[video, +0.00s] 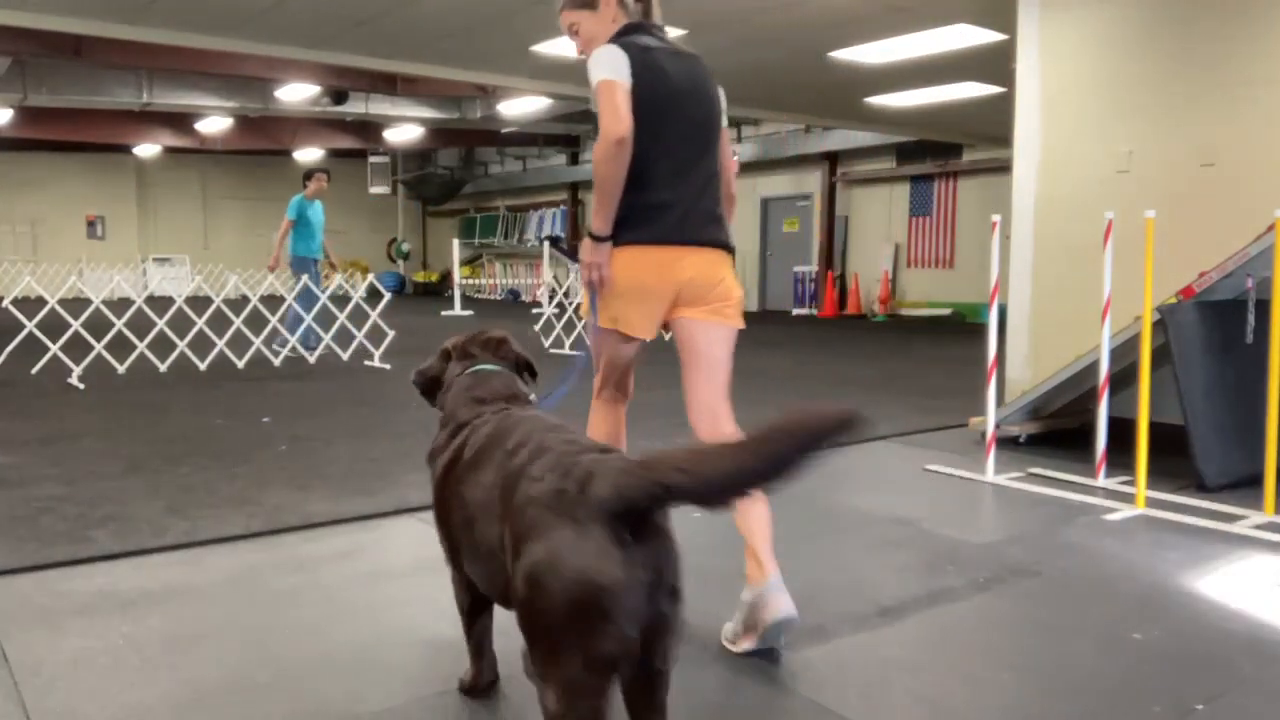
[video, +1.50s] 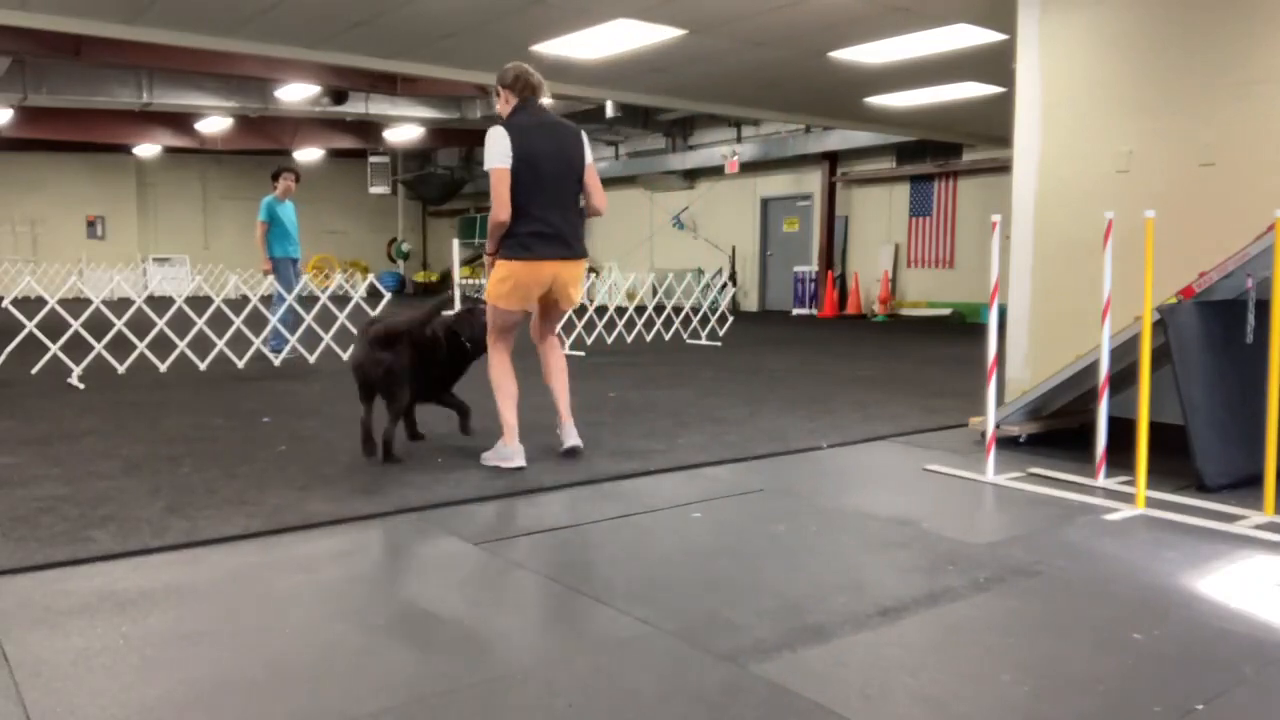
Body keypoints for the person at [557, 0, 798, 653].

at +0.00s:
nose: (574, 42)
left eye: (575, 28)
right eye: (569, 33)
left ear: (610, 8)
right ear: (637, 13)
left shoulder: (611, 53)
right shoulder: (698, 67)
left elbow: (617, 134)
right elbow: (727, 170)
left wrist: (599, 234)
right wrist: (714, 241)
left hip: (638, 257)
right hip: (710, 257)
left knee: (611, 395)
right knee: (717, 422)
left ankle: (598, 547)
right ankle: (766, 583)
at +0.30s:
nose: (551, 56)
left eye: (550, 45)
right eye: (547, 48)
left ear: (574, 25)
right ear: (596, 29)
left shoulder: (568, 67)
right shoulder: (658, 84)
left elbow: (549, 130)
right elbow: (684, 174)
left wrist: (552, 217)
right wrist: (699, 251)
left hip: (587, 233)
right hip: (648, 237)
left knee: (594, 375)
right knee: (623, 358)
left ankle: (602, 520)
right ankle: (621, 479)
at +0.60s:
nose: (536, 81)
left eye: (536, 71)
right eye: (533, 74)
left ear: (556, 57)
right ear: (575, 60)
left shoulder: (548, 97)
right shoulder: (626, 109)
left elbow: (539, 161)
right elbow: (644, 189)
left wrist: (538, 231)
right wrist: (657, 256)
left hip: (567, 245)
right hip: (620, 244)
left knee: (553, 355)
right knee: (601, 352)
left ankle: (582, 436)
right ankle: (603, 464)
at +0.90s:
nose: (516, 109)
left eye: (517, 102)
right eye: (516, 103)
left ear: (529, 100)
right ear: (554, 100)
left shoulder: (518, 141)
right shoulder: (592, 142)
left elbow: (499, 209)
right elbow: (614, 214)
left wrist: (502, 260)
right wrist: (620, 264)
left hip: (534, 263)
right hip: (584, 261)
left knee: (535, 344)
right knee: (583, 345)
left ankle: (538, 429)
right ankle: (596, 408)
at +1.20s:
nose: (507, 126)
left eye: (509, 119)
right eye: (508, 119)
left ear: (522, 120)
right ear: (544, 122)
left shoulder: (517, 157)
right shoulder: (576, 160)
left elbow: (517, 230)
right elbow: (598, 225)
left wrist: (505, 261)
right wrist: (596, 273)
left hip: (540, 274)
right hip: (580, 272)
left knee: (494, 324)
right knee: (543, 337)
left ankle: (515, 412)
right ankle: (569, 419)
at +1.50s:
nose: (497, 105)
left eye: (497, 98)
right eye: (497, 98)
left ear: (507, 95)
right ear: (538, 94)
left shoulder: (502, 133)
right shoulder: (574, 133)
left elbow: (502, 215)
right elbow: (597, 205)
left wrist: (491, 247)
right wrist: (564, 212)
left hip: (521, 260)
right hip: (570, 260)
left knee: (500, 342)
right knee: (547, 334)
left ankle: (511, 443)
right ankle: (568, 427)